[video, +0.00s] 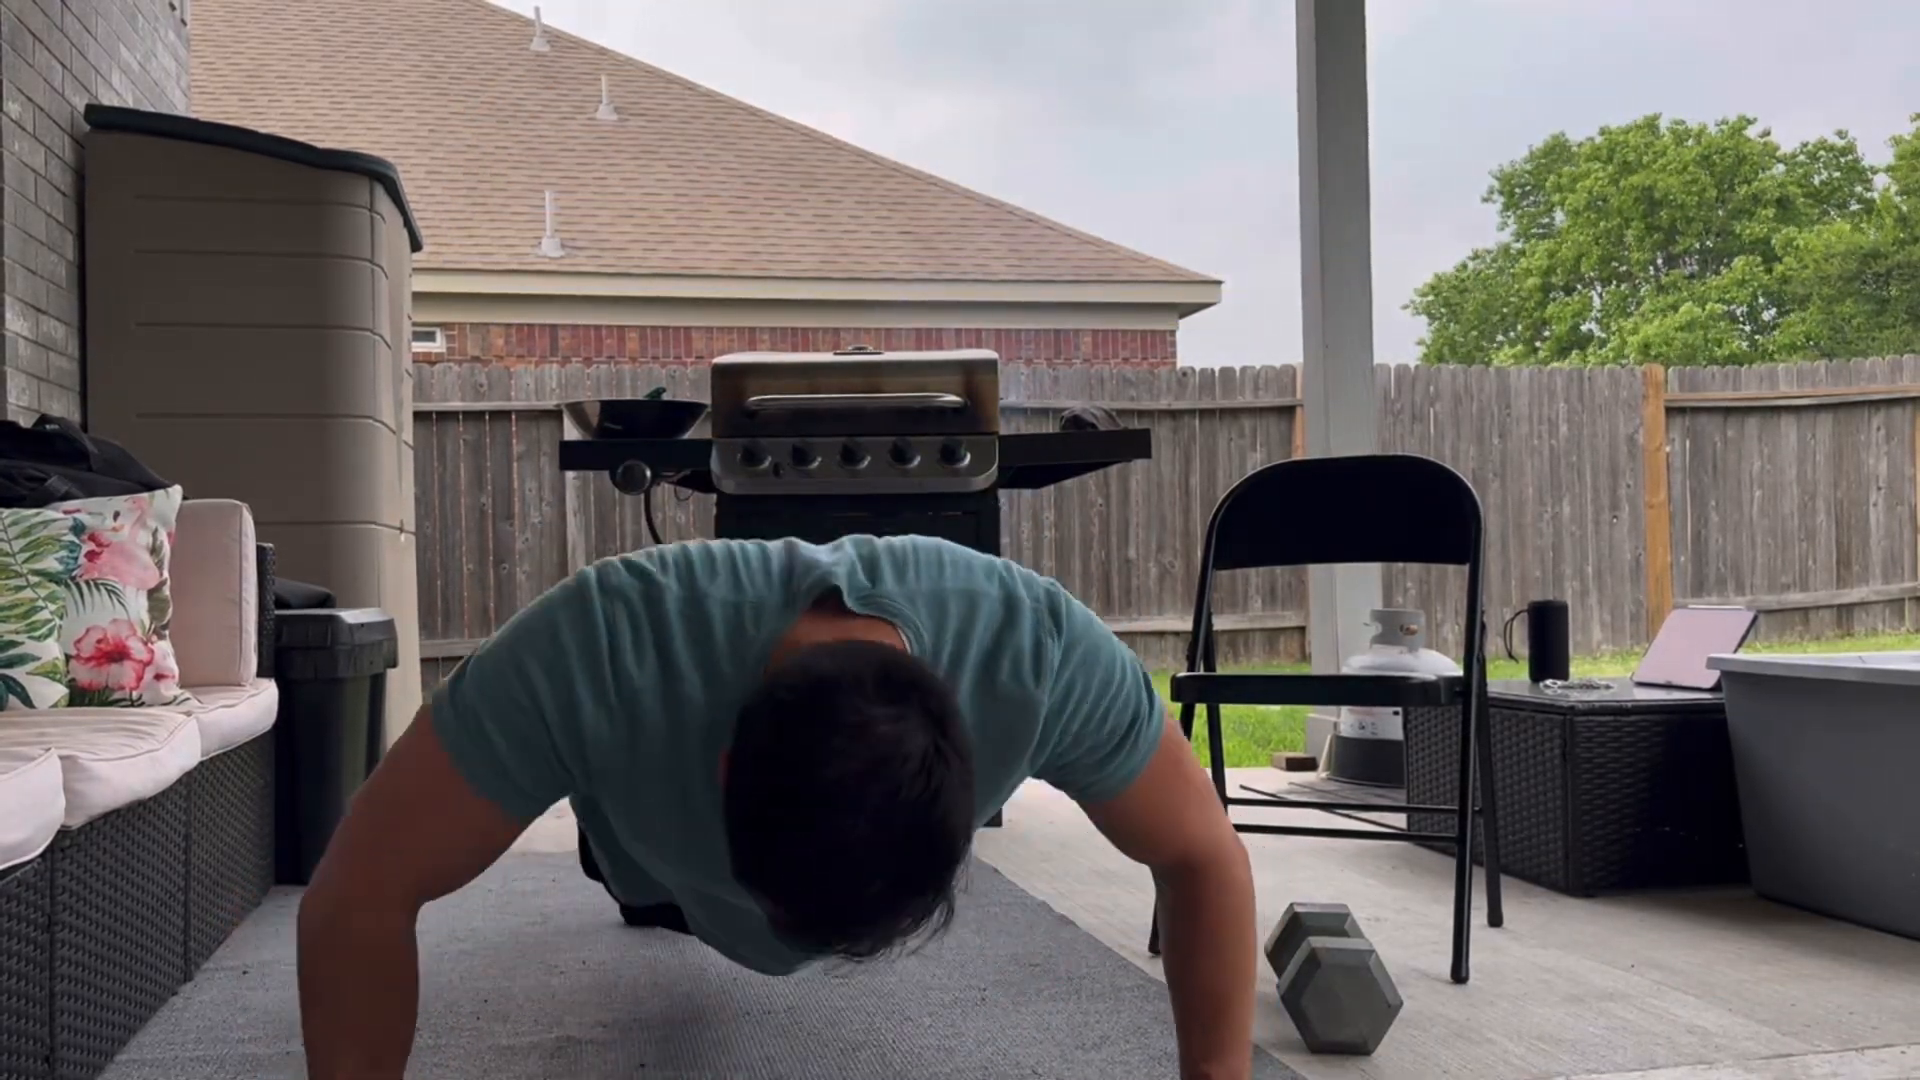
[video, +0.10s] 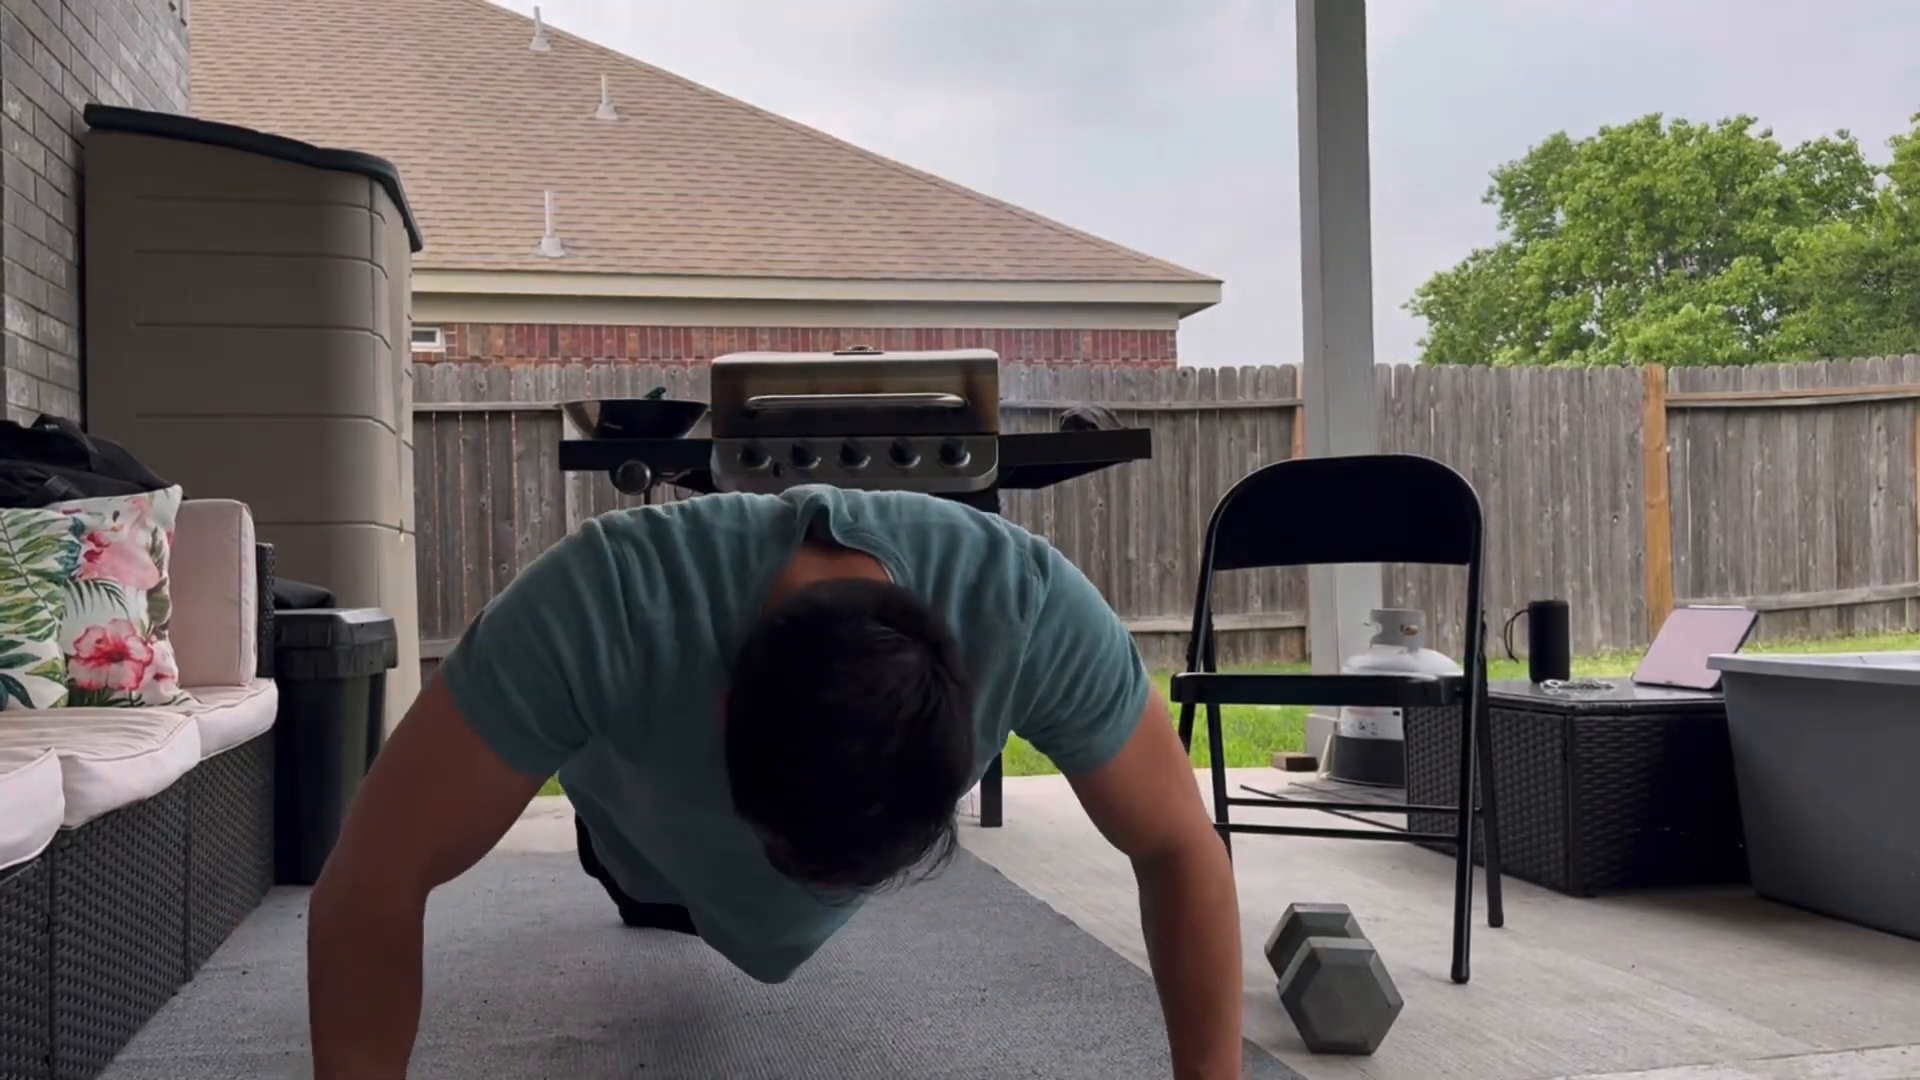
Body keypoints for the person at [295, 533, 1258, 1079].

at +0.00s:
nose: (821, 949)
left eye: (868, 934)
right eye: (789, 927)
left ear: (961, 806)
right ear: (726, 768)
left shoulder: (1040, 655)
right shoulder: (595, 648)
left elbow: (1203, 863)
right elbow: (358, 898)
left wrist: (1216, 1071)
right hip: (658, 818)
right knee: (655, 878)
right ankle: (636, 867)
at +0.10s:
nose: (821, 884)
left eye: (855, 873)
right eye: (795, 850)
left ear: (953, 751)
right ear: (729, 713)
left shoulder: (1033, 614)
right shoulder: (597, 606)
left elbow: (1181, 850)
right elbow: (370, 882)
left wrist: (1213, 1074)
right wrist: (357, 1072)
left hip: (817, 866)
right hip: (641, 801)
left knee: (771, 941)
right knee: (644, 883)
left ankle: (687, 896)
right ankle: (636, 883)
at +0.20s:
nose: (827, 1004)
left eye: (873, 992)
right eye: (790, 971)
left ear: (966, 839)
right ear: (731, 830)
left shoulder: (1038, 698)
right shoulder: (590, 711)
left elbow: (1208, 867)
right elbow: (325, 909)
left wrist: (1215, 1072)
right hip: (662, 881)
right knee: (682, 943)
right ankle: (628, 894)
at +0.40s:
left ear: (930, 1035)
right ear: (742, 1031)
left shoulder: (1042, 875)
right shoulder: (596, 898)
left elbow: (1245, 867)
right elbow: (277, 927)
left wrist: (1224, 1070)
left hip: (944, 817)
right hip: (695, 825)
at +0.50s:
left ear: (922, 1054)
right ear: (746, 1053)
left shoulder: (1041, 896)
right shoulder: (612, 936)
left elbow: (1245, 865)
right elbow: (279, 926)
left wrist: (1227, 1072)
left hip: (919, 814)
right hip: (682, 826)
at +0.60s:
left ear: (939, 1024)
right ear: (743, 1025)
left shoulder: (1043, 858)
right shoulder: (602, 887)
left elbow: (1242, 869)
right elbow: (281, 926)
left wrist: (1223, 1077)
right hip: (665, 818)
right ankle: (448, 802)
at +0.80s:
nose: (812, 961)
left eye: (863, 946)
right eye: (778, 934)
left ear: (957, 807)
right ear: (723, 786)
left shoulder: (1039, 664)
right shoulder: (589, 660)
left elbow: (1201, 863)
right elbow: (347, 903)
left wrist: (1214, 1069)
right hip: (674, 871)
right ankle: (625, 839)